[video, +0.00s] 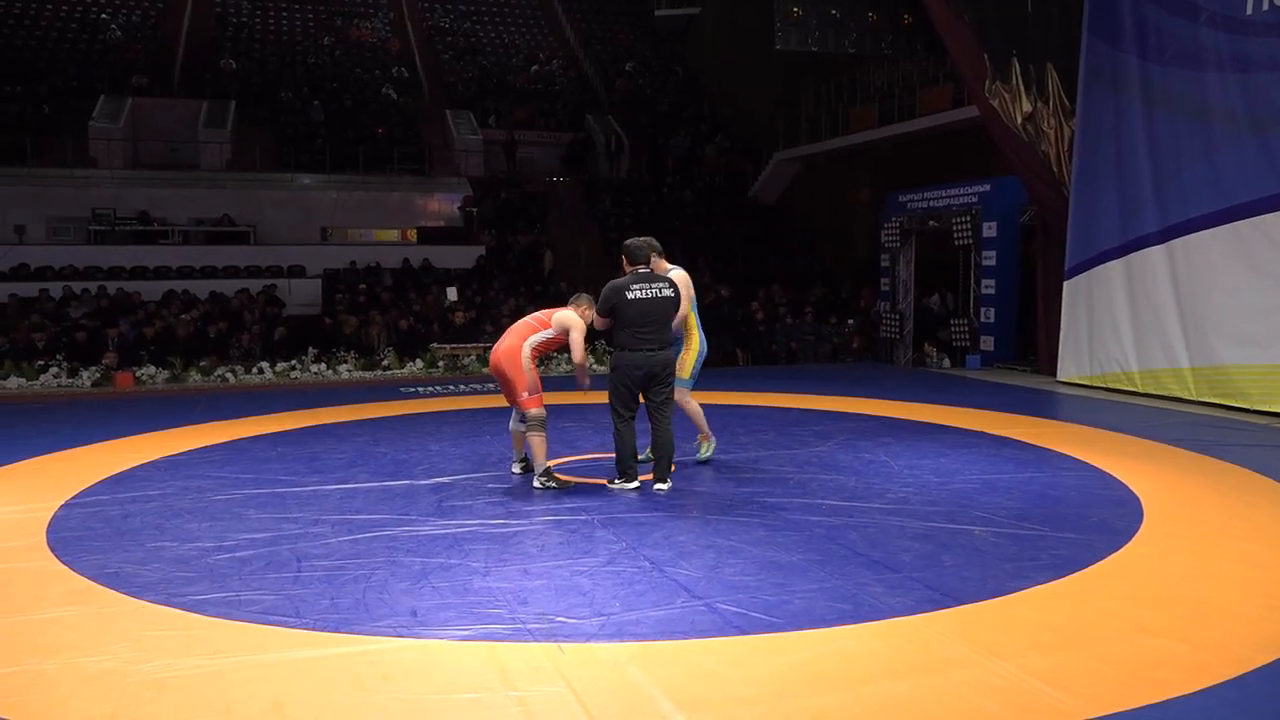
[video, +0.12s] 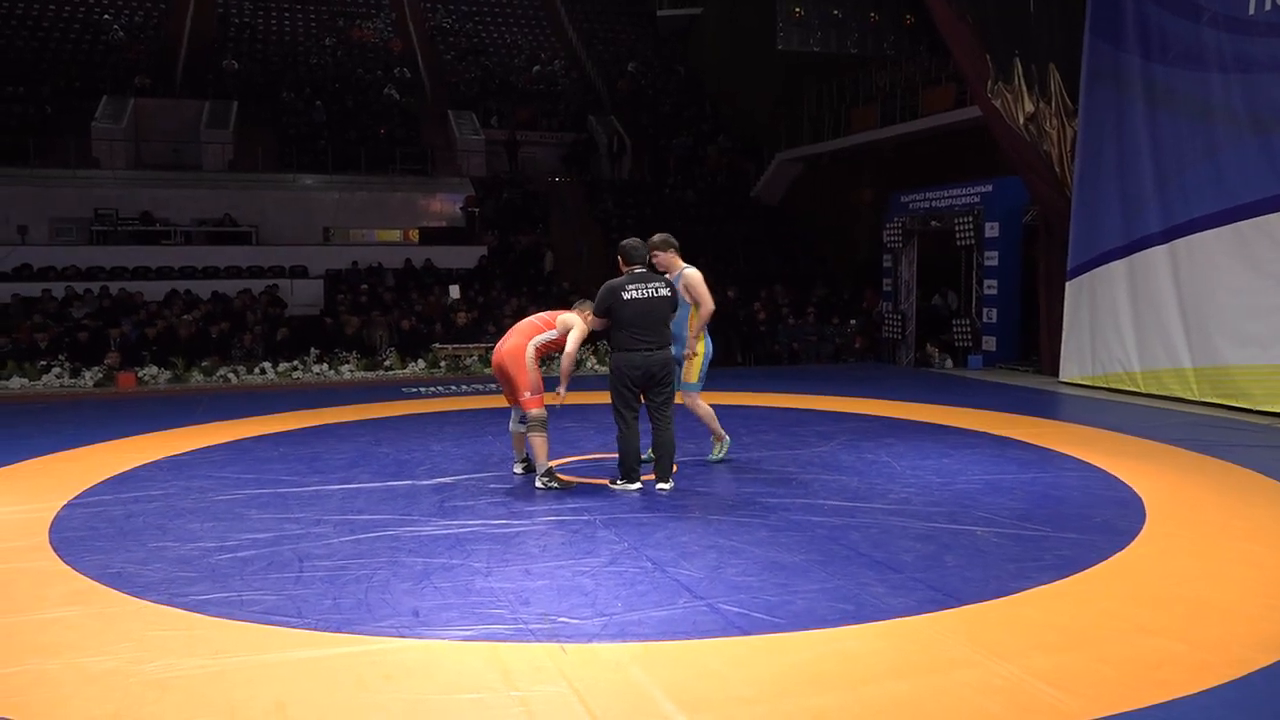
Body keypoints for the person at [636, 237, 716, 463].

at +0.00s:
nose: (646, 266)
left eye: (647, 261)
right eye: (645, 262)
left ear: (656, 257)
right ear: (654, 258)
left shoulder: (678, 275)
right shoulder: (657, 279)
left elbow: (682, 313)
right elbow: (658, 310)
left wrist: (663, 332)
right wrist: (649, 329)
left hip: (690, 341)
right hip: (671, 342)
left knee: (680, 394)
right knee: (659, 396)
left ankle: (707, 436)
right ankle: (657, 445)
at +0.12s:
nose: (654, 261)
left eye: (656, 256)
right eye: (652, 257)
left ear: (671, 253)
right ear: (667, 255)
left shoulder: (690, 275)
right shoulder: (668, 279)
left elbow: (708, 307)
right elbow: (669, 310)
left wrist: (693, 337)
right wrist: (661, 337)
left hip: (694, 344)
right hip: (673, 344)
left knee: (690, 398)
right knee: (663, 399)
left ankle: (720, 437)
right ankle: (659, 447)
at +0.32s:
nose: (682, 261)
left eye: (685, 256)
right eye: (679, 257)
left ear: (699, 253)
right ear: (681, 257)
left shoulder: (717, 278)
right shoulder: (690, 280)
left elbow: (733, 311)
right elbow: (692, 318)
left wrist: (714, 342)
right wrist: (684, 346)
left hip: (716, 348)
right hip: (694, 348)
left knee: (719, 400)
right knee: (677, 395)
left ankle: (734, 448)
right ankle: (665, 447)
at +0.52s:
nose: (699, 256)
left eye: (703, 251)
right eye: (697, 252)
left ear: (717, 249)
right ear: (697, 253)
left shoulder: (732, 274)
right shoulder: (705, 275)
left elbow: (745, 309)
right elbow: (707, 311)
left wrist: (726, 338)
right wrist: (698, 337)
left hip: (729, 343)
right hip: (708, 343)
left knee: (732, 396)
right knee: (689, 388)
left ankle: (737, 446)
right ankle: (696, 439)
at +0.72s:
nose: (706, 263)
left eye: (708, 258)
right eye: (703, 259)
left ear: (722, 252)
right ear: (703, 258)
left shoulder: (741, 274)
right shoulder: (710, 275)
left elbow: (755, 307)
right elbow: (711, 308)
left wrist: (736, 337)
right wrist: (703, 334)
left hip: (734, 344)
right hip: (713, 343)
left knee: (734, 397)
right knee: (710, 395)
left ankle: (739, 446)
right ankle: (730, 433)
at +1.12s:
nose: (709, 261)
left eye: (712, 256)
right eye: (707, 257)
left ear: (726, 252)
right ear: (707, 258)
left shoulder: (745, 273)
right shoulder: (716, 278)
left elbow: (768, 299)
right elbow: (708, 310)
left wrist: (757, 330)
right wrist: (712, 340)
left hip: (747, 342)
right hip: (728, 343)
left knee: (734, 389)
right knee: (726, 392)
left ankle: (746, 440)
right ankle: (736, 438)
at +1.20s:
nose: (713, 258)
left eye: (717, 253)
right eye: (711, 254)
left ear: (729, 249)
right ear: (711, 255)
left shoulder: (747, 270)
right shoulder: (719, 274)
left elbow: (770, 295)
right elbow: (700, 290)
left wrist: (758, 323)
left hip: (749, 338)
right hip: (730, 339)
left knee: (738, 388)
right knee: (729, 391)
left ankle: (757, 436)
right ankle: (737, 438)